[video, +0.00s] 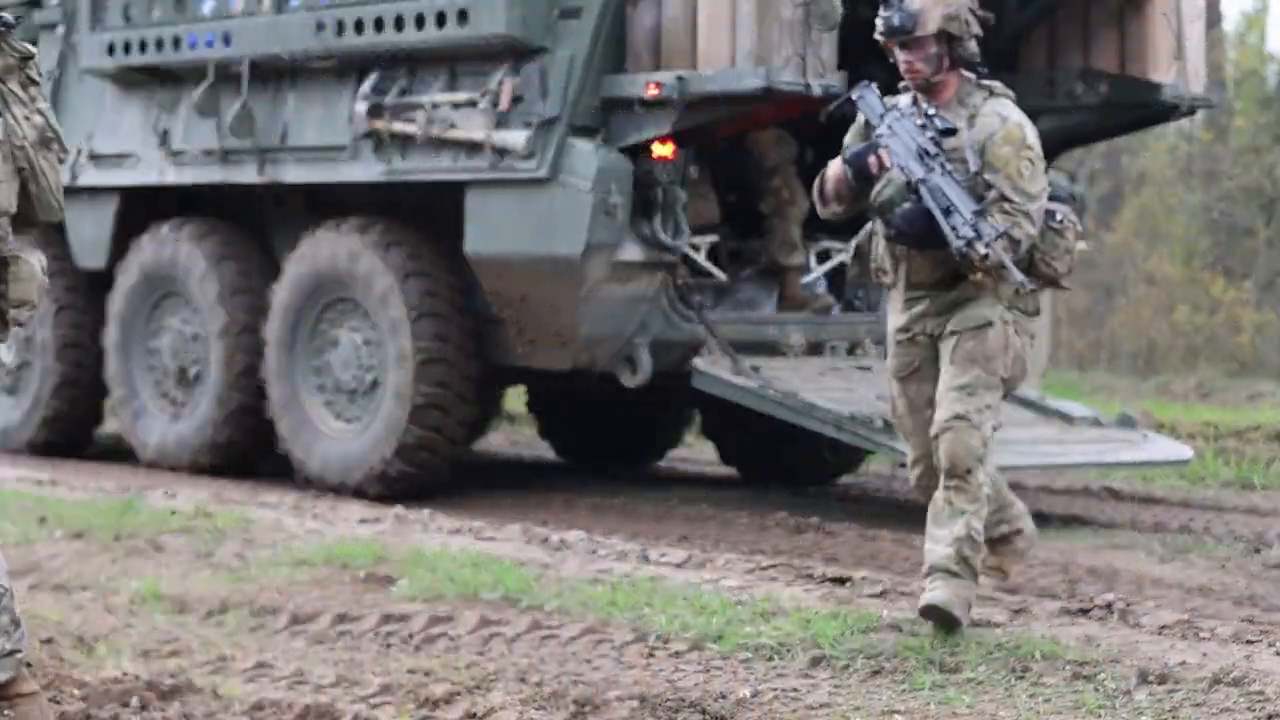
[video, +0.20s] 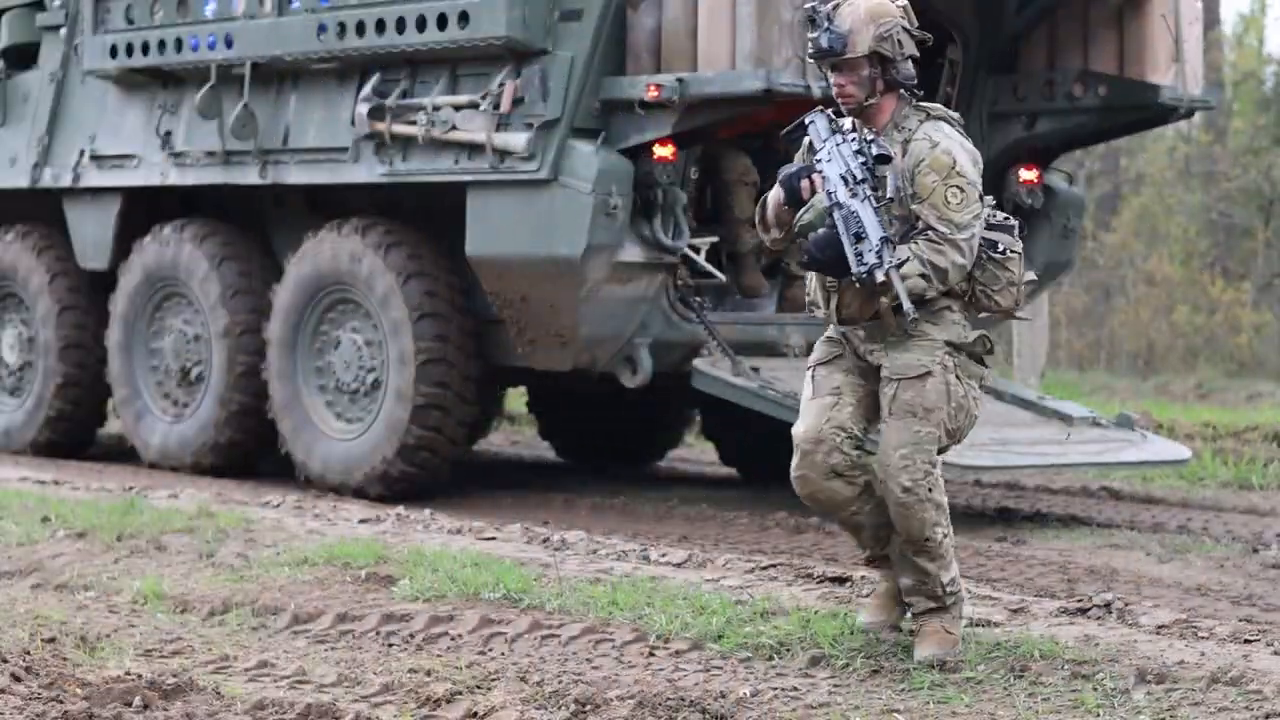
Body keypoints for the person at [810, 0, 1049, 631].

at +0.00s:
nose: (907, 60)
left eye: (919, 47)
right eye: (899, 49)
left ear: (952, 46)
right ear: (892, 51)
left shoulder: (1001, 123)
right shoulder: (883, 116)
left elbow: (1018, 225)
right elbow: (828, 202)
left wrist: (968, 246)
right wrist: (853, 170)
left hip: (982, 302)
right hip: (909, 306)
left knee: (958, 444)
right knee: (927, 460)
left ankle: (948, 587)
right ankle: (1007, 524)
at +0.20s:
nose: (837, 83)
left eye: (851, 69)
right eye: (832, 70)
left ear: (891, 69)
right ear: (825, 72)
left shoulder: (940, 151)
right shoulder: (827, 138)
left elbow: (949, 252)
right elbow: (776, 236)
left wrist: (879, 285)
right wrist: (786, 197)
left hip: (930, 340)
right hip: (846, 336)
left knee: (903, 466)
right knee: (818, 465)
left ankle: (937, 609)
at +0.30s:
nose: (790, 86)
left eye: (804, 73)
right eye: (784, 74)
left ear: (845, 71)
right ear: (780, 75)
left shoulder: (895, 153)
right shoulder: (792, 142)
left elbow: (904, 263)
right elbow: (740, 244)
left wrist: (813, 287)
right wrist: (743, 206)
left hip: (885, 350)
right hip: (804, 346)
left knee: (889, 501)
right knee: (767, 487)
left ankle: (936, 616)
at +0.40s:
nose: (742, 94)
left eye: (757, 81)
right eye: (738, 80)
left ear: (798, 82)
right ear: (737, 81)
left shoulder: (844, 164)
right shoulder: (747, 159)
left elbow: (848, 275)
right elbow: (701, 265)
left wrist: (765, 305)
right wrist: (697, 225)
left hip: (834, 376)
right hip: (754, 375)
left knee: (847, 527)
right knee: (736, 536)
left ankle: (925, 599)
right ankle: (751, 685)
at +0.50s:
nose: (685, 117)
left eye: (698, 103)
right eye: (681, 103)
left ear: (743, 103)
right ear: (685, 104)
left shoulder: (795, 186)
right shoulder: (691, 181)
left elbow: (793, 300)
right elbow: (634, 286)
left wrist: (706, 329)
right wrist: (634, 243)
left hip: (777, 398)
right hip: (693, 395)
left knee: (734, 533)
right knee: (665, 561)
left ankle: (836, 609)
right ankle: (738, 683)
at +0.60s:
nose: (628, 116)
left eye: (642, 103)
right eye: (625, 102)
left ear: (689, 105)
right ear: (627, 105)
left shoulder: (736, 195)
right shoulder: (635, 181)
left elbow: (737, 318)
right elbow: (577, 287)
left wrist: (634, 329)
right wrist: (572, 248)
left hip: (715, 402)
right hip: (634, 401)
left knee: (638, 530)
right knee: (633, 559)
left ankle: (665, 702)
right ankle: (741, 686)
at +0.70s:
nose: (566, 109)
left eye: (580, 94)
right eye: (562, 94)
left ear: (628, 94)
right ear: (563, 93)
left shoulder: (673, 194)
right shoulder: (579, 178)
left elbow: (664, 321)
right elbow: (516, 285)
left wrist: (556, 334)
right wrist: (501, 244)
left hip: (635, 418)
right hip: (574, 410)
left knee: (563, 570)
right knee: (622, 585)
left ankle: (551, 708)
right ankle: (748, 694)